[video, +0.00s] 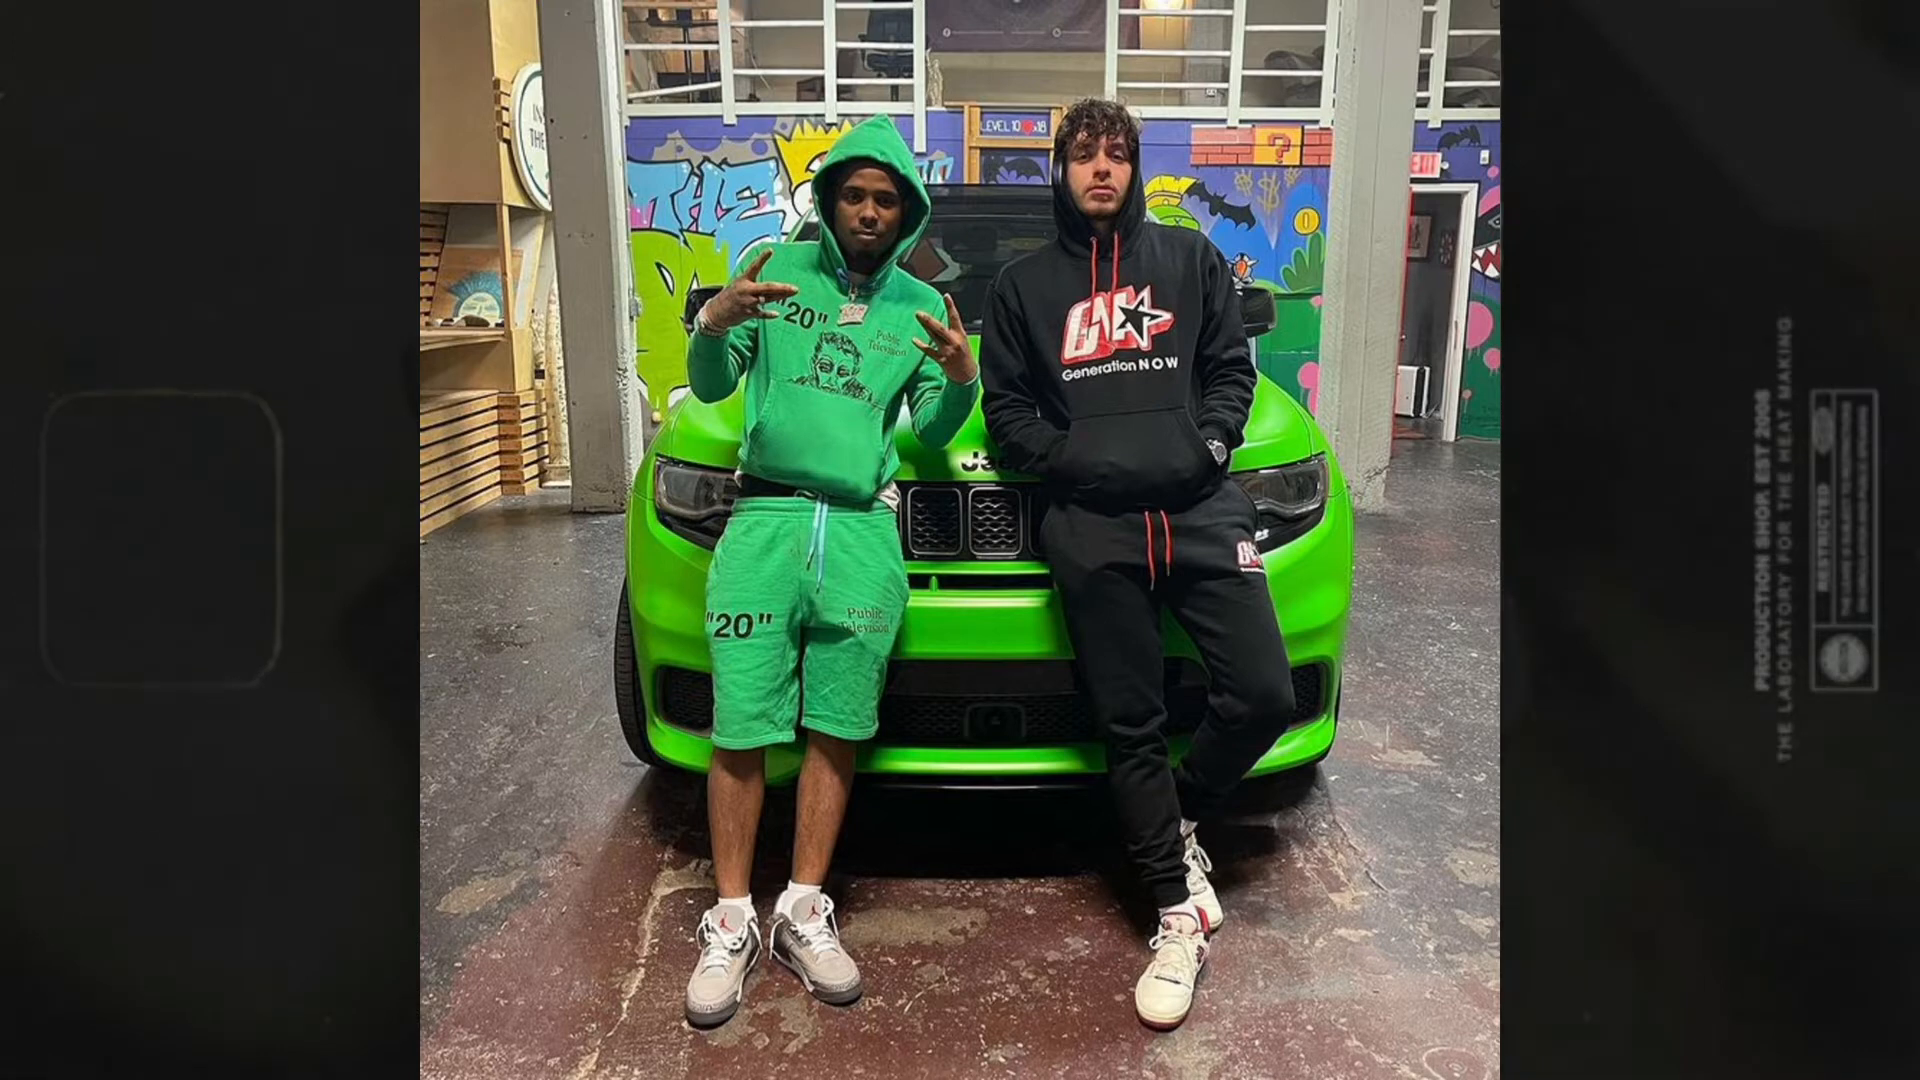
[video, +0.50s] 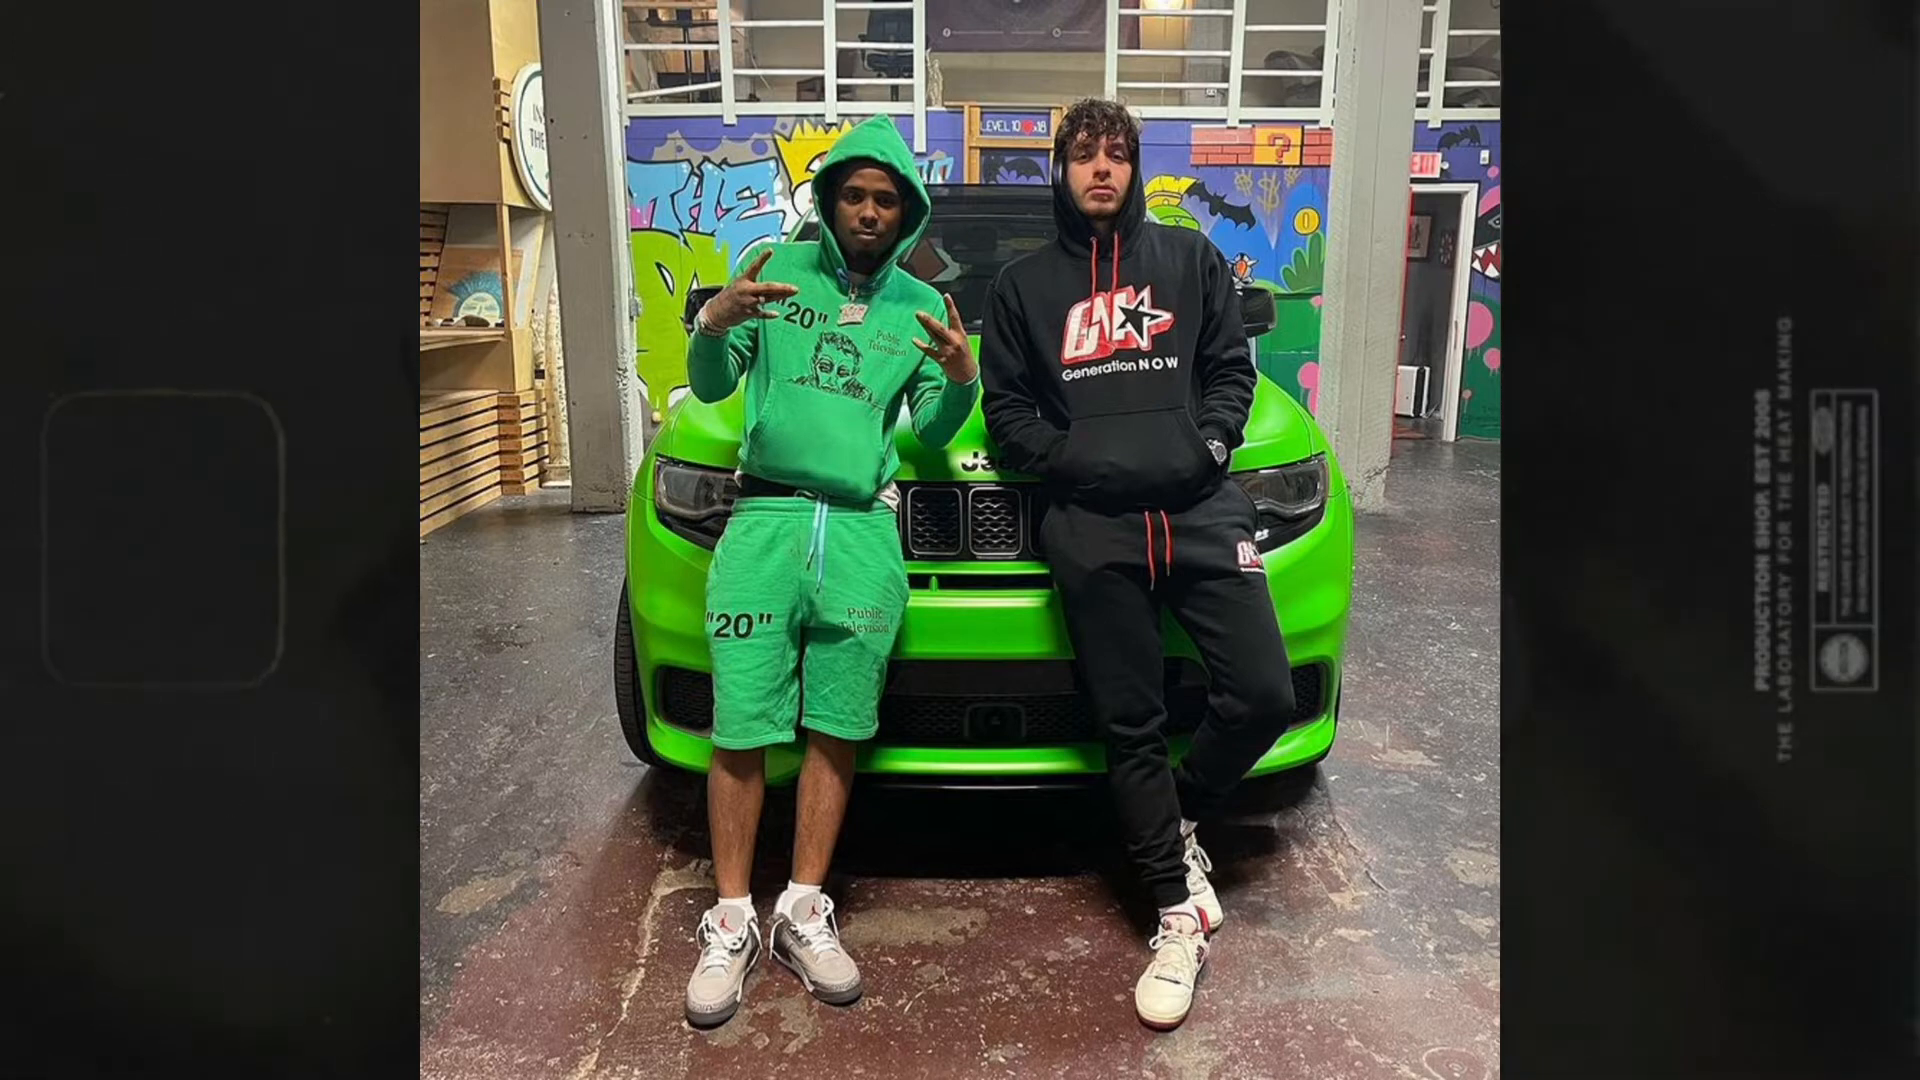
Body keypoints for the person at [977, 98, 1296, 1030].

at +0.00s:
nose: (1102, 171)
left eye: (1115, 158)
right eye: (1087, 158)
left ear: (1137, 171)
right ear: (1061, 172)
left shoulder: (1191, 256)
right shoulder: (1017, 280)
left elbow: (1232, 363)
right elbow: (1003, 403)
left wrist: (1209, 444)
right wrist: (1065, 457)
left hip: (1200, 503)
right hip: (1091, 514)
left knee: (1262, 692)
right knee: (1131, 719)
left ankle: (1180, 818)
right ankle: (1179, 917)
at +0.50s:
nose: (1102, 171)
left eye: (1116, 158)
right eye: (1088, 158)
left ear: (1137, 171)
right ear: (1062, 171)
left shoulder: (1191, 256)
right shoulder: (1018, 280)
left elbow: (1232, 364)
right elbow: (1004, 403)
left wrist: (1209, 444)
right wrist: (1065, 458)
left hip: (1200, 503)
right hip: (1091, 514)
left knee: (1262, 693)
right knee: (1131, 718)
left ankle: (1179, 819)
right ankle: (1180, 916)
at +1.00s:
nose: (1102, 171)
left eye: (1116, 158)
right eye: (1088, 158)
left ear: (1137, 171)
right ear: (1062, 171)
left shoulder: (1191, 256)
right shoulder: (1018, 280)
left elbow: (1232, 364)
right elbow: (1004, 403)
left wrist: (1209, 444)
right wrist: (1065, 458)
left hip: (1200, 503)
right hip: (1091, 514)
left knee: (1262, 693)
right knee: (1131, 718)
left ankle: (1179, 819)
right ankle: (1179, 916)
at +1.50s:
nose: (1102, 171)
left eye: (1115, 158)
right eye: (1087, 158)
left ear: (1136, 171)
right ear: (1061, 172)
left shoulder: (1191, 256)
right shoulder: (1017, 280)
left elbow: (1232, 363)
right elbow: (1003, 403)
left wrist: (1209, 444)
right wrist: (1064, 457)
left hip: (1200, 503)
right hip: (1091, 514)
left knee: (1262, 692)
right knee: (1131, 719)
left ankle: (1180, 818)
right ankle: (1179, 917)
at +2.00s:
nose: (1102, 171)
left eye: (1116, 158)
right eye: (1088, 158)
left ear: (1137, 171)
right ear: (1062, 171)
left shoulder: (1191, 256)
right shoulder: (1018, 280)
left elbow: (1232, 364)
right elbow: (1004, 403)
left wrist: (1209, 444)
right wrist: (1065, 457)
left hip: (1200, 503)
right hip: (1091, 514)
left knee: (1262, 693)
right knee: (1131, 718)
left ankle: (1179, 819)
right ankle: (1179, 916)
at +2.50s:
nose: (1102, 171)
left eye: (1116, 158)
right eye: (1088, 158)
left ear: (1137, 171)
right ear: (1062, 171)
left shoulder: (1191, 256)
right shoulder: (1018, 280)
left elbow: (1232, 364)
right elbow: (1004, 403)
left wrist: (1209, 444)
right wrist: (1065, 458)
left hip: (1200, 503)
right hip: (1091, 514)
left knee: (1262, 693)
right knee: (1131, 718)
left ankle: (1179, 819)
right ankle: (1179, 916)